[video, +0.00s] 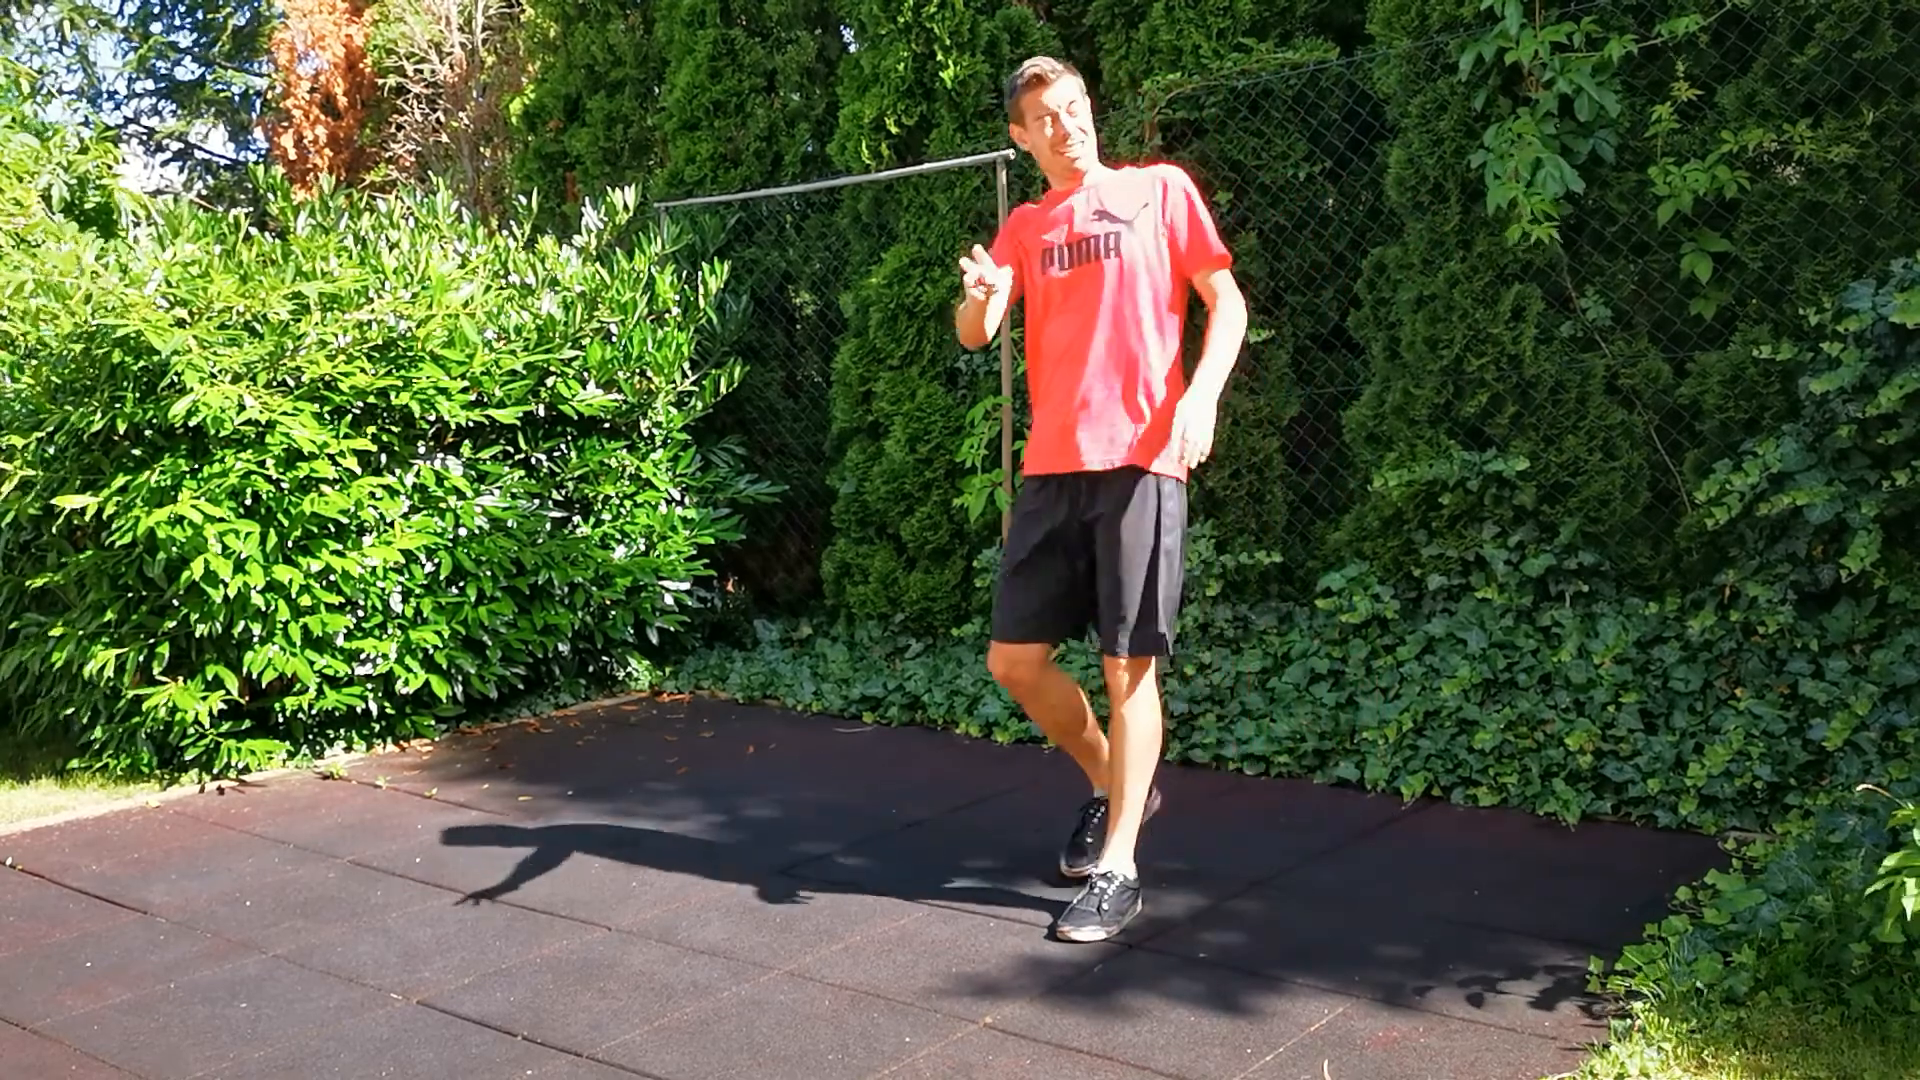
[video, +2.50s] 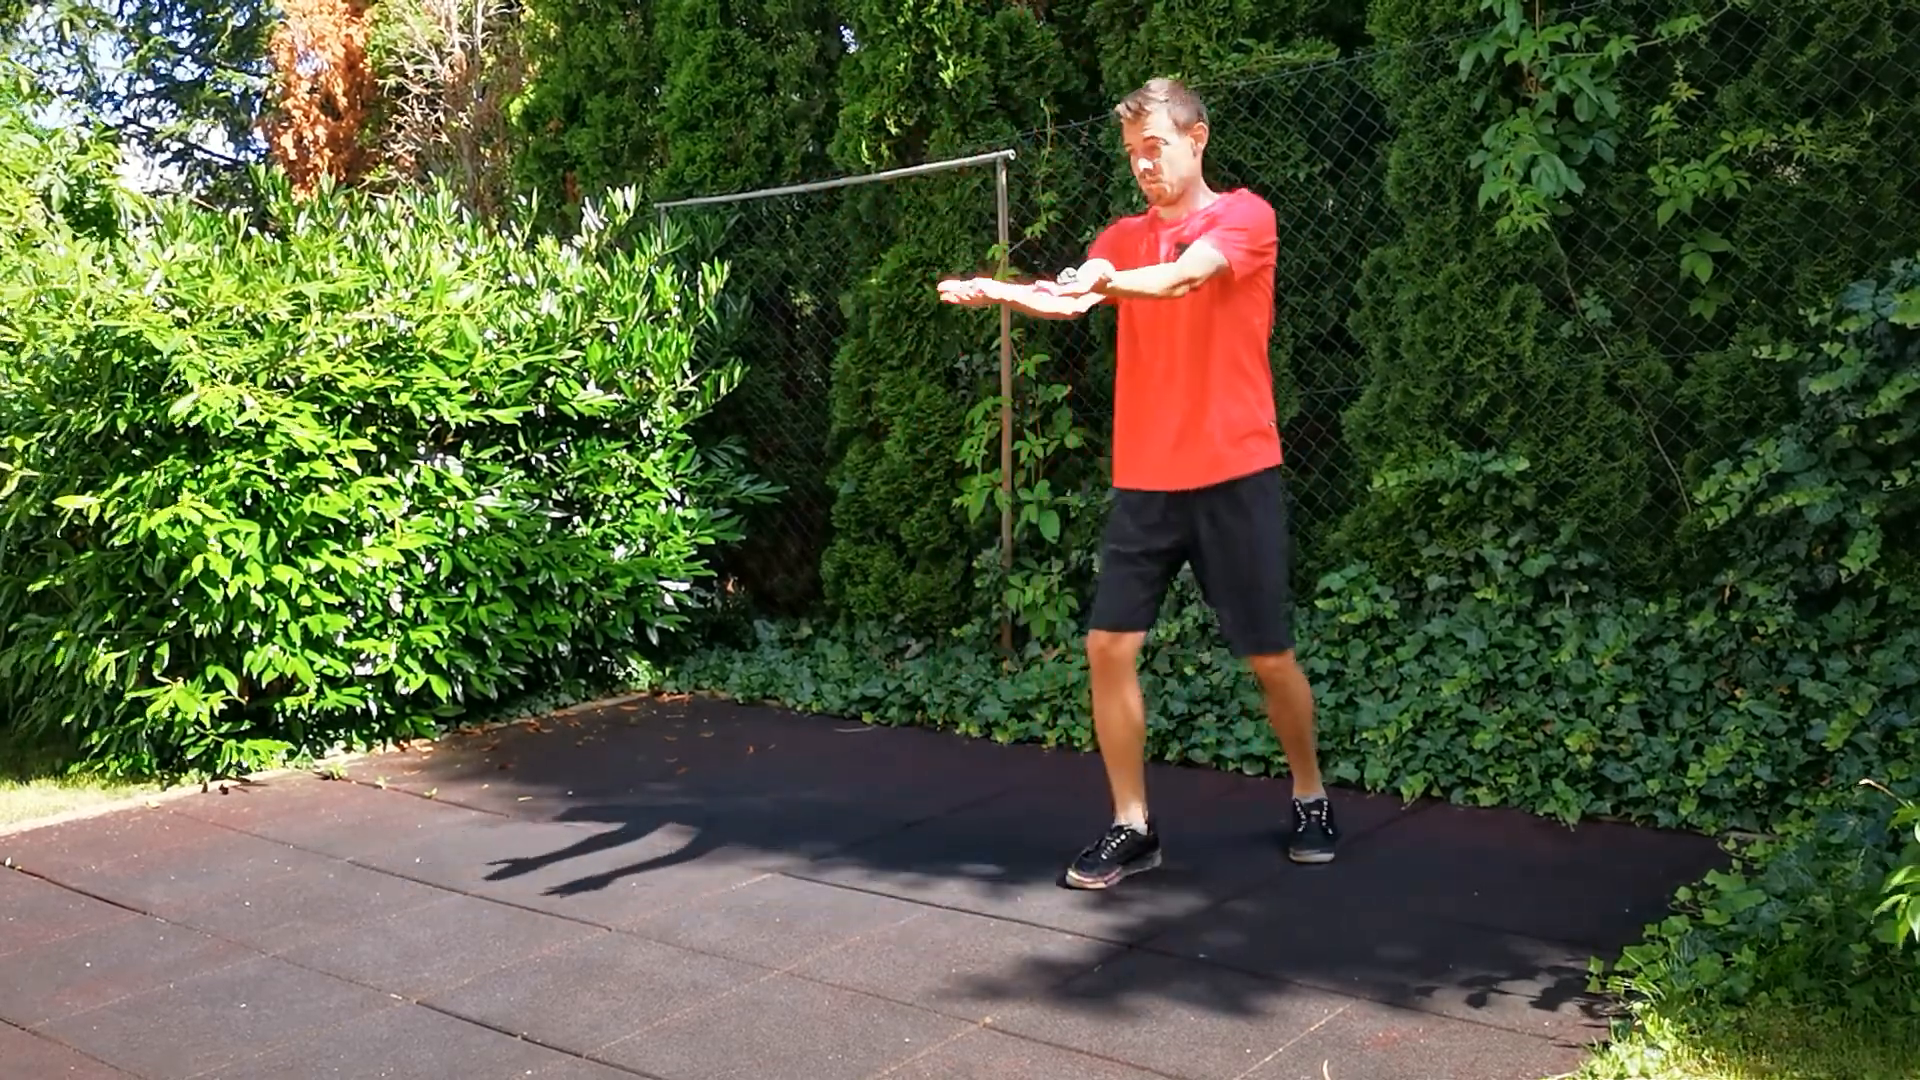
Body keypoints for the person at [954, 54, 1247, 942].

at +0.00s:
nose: (1059, 127)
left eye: (1066, 110)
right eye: (1040, 120)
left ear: (1090, 109)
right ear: (1020, 136)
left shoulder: (1161, 190)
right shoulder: (1020, 228)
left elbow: (1226, 302)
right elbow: (975, 335)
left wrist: (1201, 397)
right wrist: (980, 296)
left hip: (1140, 466)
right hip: (1050, 470)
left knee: (1128, 669)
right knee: (1016, 659)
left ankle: (1118, 868)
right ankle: (1117, 783)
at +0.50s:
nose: (916, 145)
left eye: (917, 126)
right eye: (894, 143)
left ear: (940, 126)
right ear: (875, 169)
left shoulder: (1032, 180)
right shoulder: (895, 264)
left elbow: (1158, 190)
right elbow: (910, 394)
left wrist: (1064, 125)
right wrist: (937, 420)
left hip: (1058, 467)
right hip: (964, 484)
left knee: (1070, 684)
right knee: (949, 691)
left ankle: (1101, 882)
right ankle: (965, 878)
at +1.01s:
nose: (838, 167)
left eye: (842, 147)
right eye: (819, 167)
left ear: (876, 139)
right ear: (815, 191)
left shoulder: (974, 171)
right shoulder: (852, 284)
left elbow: (1084, 99)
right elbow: (882, 412)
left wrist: (1045, 6)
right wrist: (916, 405)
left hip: (1043, 450)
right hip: (948, 481)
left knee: (1066, 678)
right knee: (935, 696)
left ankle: (1107, 880)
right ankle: (965, 877)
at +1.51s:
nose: (942, 173)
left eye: (951, 152)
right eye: (926, 166)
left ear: (987, 139)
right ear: (918, 179)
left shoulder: (1077, 178)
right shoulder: (947, 269)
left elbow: (1180, 103)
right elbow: (926, 377)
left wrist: (1169, 2)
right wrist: (958, 284)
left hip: (1101, 463)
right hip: (1010, 481)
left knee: (1111, 680)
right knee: (960, 683)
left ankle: (1160, 865)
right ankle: (967, 874)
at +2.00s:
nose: (1067, 145)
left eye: (1078, 127)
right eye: (1057, 133)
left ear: (1117, 125)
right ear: (1050, 144)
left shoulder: (1175, 195)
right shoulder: (1043, 234)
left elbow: (1140, 207)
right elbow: (947, 258)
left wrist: (1079, 95)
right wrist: (958, 155)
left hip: (1152, 472)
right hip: (1068, 478)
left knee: (1127, 666)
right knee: (1066, 668)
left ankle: (1161, 863)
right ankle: (1129, 826)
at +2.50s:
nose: (1144, 165)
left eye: (1156, 147)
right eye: (1134, 152)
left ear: (1198, 139)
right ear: (1128, 156)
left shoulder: (1246, 214)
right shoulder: (1121, 238)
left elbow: (1182, 277)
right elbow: (1063, 302)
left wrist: (1100, 284)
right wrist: (995, 291)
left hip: (1237, 476)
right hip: (1144, 482)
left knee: (1269, 655)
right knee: (1109, 644)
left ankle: (1310, 799)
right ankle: (1132, 827)